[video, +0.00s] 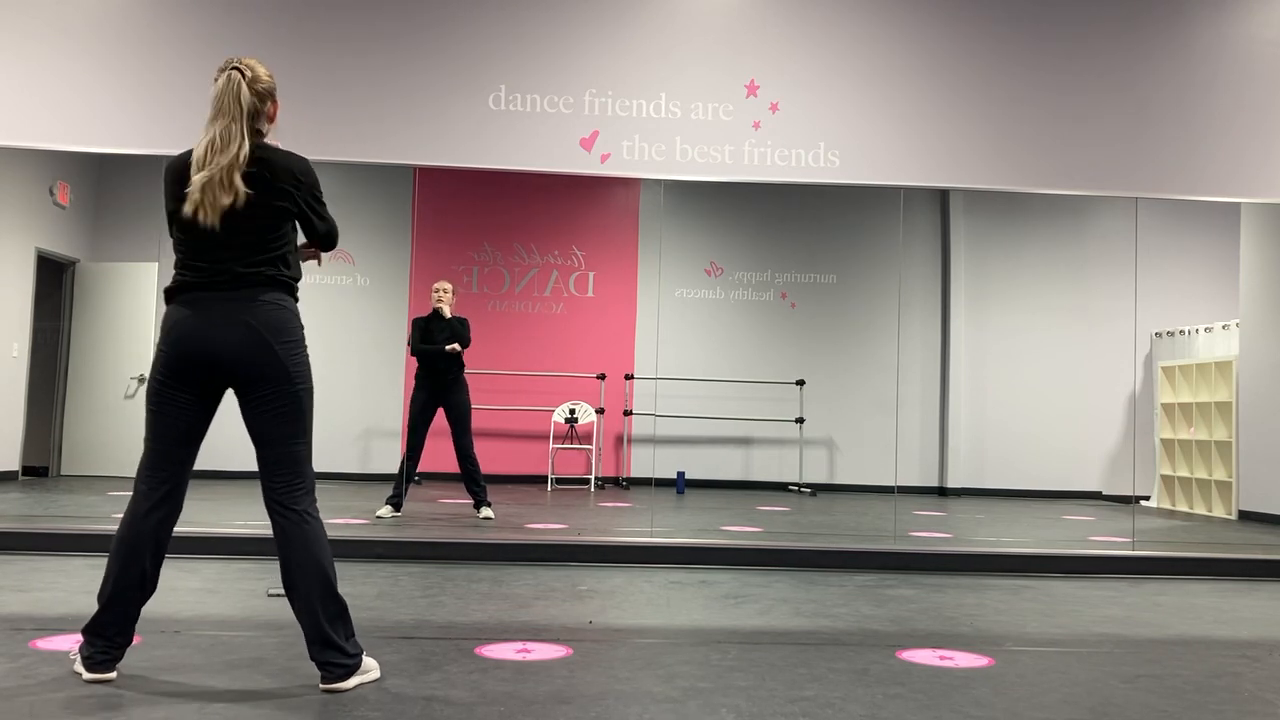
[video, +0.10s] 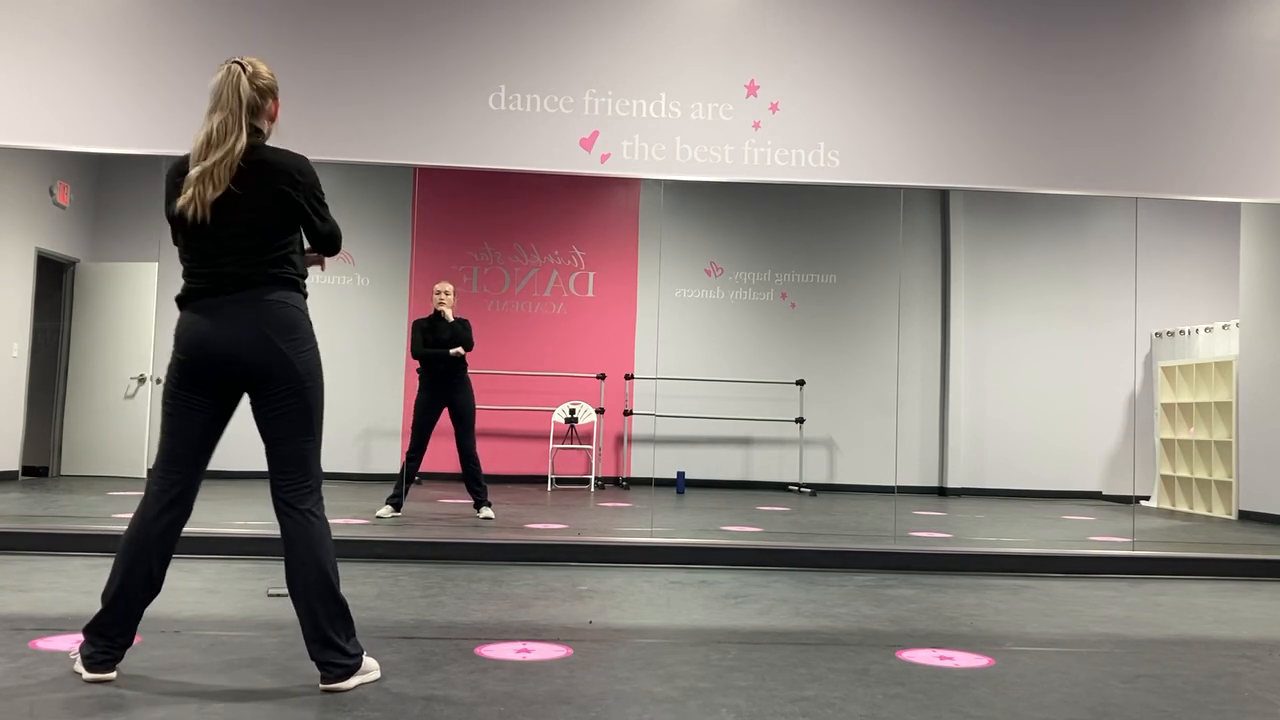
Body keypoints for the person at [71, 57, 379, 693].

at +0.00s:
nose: (280, 115)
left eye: (277, 106)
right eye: (279, 106)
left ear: (217, 105)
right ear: (269, 110)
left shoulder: (179, 169)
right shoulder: (289, 169)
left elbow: (193, 245)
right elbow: (326, 239)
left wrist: (286, 250)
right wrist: (277, 251)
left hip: (188, 327)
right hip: (268, 327)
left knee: (155, 489)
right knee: (292, 497)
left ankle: (101, 649)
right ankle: (338, 658)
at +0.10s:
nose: (281, 113)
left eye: (279, 103)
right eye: (280, 104)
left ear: (216, 105)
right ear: (268, 108)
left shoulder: (183, 171)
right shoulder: (290, 169)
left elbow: (190, 244)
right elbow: (329, 242)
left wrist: (294, 253)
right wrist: (295, 248)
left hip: (200, 330)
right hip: (278, 327)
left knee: (166, 491)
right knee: (299, 497)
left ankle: (101, 648)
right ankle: (338, 659)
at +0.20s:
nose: (281, 116)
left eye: (279, 107)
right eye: (280, 107)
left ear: (215, 107)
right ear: (267, 110)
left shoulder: (182, 178)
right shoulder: (286, 173)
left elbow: (191, 252)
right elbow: (325, 249)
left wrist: (296, 264)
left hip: (211, 333)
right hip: (287, 329)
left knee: (179, 492)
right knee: (308, 495)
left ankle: (102, 647)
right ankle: (339, 659)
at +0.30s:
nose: (283, 113)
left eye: (280, 103)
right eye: (281, 104)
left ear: (217, 105)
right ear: (268, 107)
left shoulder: (186, 175)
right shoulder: (290, 169)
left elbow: (187, 248)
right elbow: (332, 242)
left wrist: (293, 259)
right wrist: (315, 242)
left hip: (207, 331)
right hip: (284, 328)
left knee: (173, 490)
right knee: (304, 495)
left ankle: (102, 648)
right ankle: (338, 659)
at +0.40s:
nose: (284, 113)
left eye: (280, 103)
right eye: (282, 103)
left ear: (219, 107)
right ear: (272, 107)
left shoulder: (189, 171)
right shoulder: (292, 166)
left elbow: (212, 241)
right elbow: (336, 233)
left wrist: (303, 245)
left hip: (194, 327)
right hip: (272, 327)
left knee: (160, 491)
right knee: (296, 497)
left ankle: (100, 649)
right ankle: (338, 659)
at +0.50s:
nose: (283, 113)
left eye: (279, 103)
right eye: (282, 103)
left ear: (219, 109)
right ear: (272, 109)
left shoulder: (186, 170)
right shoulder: (296, 171)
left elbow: (201, 241)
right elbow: (330, 237)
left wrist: (296, 247)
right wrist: (292, 243)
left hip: (183, 325)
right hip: (264, 325)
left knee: (152, 491)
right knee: (290, 498)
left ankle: (100, 649)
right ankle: (338, 658)